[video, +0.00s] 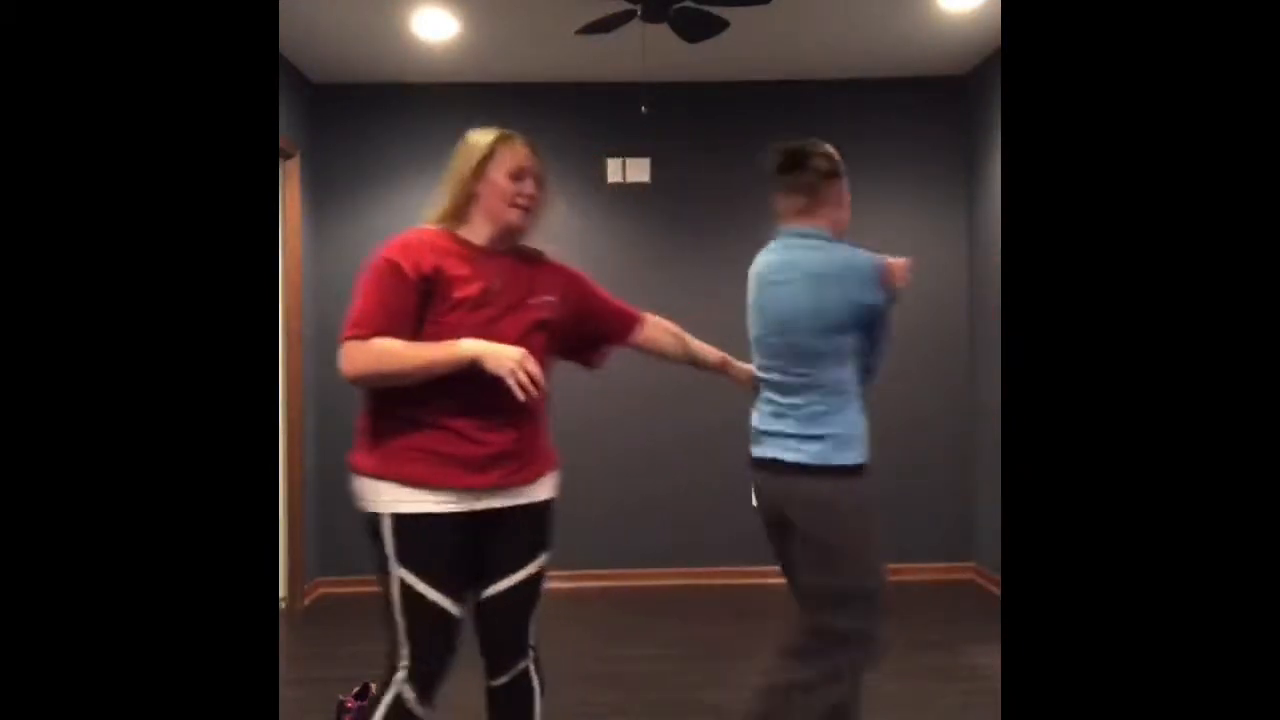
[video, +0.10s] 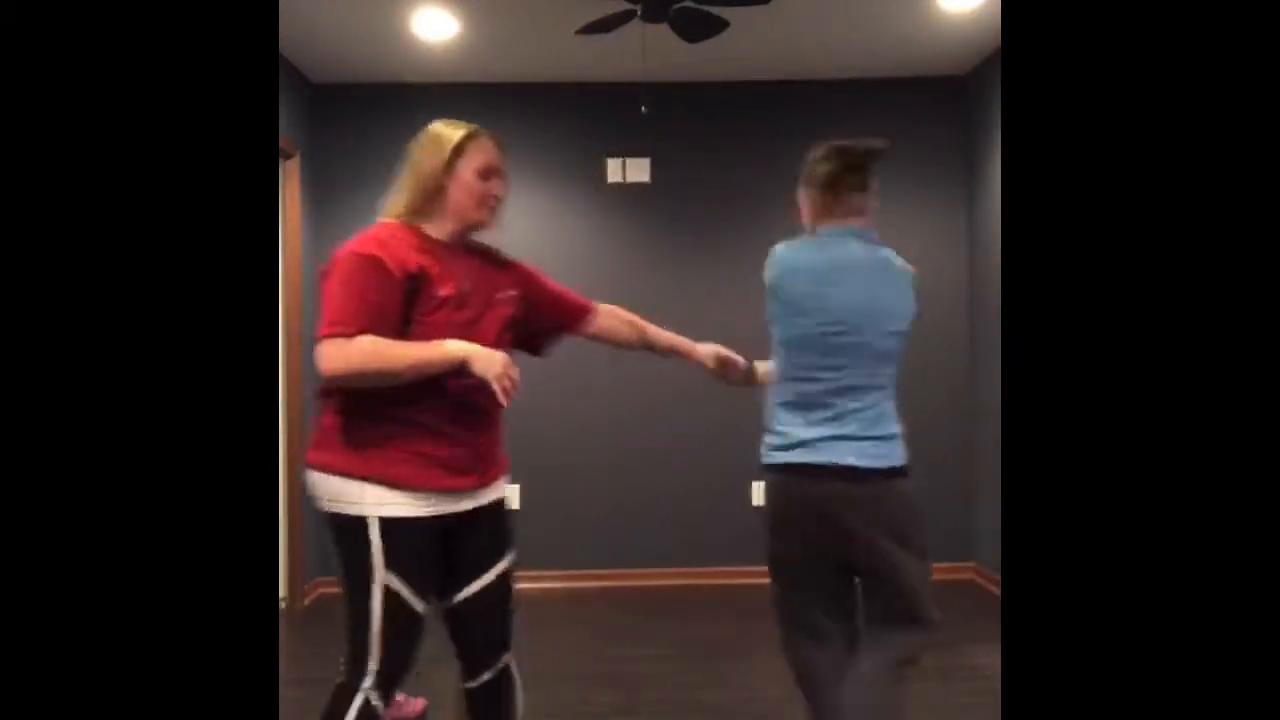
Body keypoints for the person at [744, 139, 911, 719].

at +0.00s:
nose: (849, 208)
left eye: (846, 196)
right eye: (846, 196)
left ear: (781, 201)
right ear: (833, 198)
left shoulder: (763, 265)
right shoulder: (861, 269)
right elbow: (868, 366)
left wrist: (877, 282)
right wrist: (887, 295)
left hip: (771, 475)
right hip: (831, 481)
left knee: (824, 624)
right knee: (849, 629)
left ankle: (830, 712)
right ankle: (774, 711)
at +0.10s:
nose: (799, 207)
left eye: (801, 198)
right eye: (801, 198)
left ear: (807, 203)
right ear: (868, 204)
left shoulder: (782, 263)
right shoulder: (899, 274)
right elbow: (854, 355)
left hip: (796, 480)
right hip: (876, 480)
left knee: (815, 634)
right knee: (900, 624)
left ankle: (837, 714)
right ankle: (855, 705)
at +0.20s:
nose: (803, 203)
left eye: (813, 191)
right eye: (806, 190)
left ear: (856, 197)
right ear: (866, 197)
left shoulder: (826, 251)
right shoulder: (899, 257)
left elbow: (766, 302)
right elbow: (823, 346)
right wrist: (727, 346)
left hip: (833, 469)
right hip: (902, 466)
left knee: (823, 627)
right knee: (898, 616)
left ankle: (825, 712)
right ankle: (920, 711)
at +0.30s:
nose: (816, 200)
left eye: (831, 189)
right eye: (816, 188)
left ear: (879, 193)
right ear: (869, 197)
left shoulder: (872, 248)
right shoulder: (887, 249)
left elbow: (778, 305)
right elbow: (794, 343)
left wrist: (799, 274)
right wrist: (713, 325)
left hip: (870, 469)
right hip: (916, 465)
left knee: (837, 629)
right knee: (897, 626)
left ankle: (833, 710)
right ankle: (915, 713)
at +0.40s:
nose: (819, 201)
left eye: (834, 189)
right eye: (817, 189)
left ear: (880, 195)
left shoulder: (905, 259)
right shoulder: (833, 272)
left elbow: (858, 335)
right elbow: (776, 349)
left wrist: (795, 308)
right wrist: (701, 322)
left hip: (897, 467)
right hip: (862, 464)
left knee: (824, 611)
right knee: (879, 614)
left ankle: (828, 711)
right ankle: (920, 714)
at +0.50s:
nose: (804, 200)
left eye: (820, 187)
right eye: (799, 188)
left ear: (861, 196)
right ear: (794, 194)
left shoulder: (889, 261)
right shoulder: (794, 281)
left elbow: (949, 347)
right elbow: (758, 366)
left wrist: (848, 379)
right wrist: (678, 340)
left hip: (880, 473)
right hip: (827, 472)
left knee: (816, 624)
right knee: (868, 624)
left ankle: (812, 716)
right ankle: (915, 715)